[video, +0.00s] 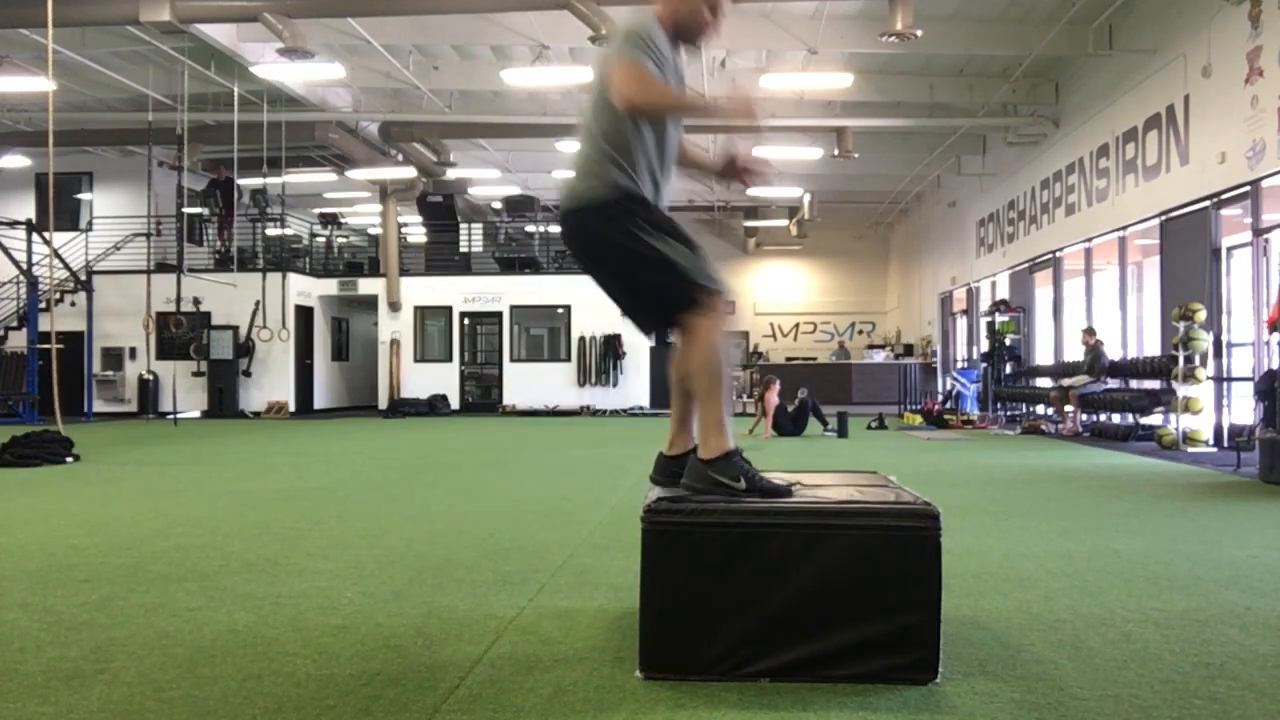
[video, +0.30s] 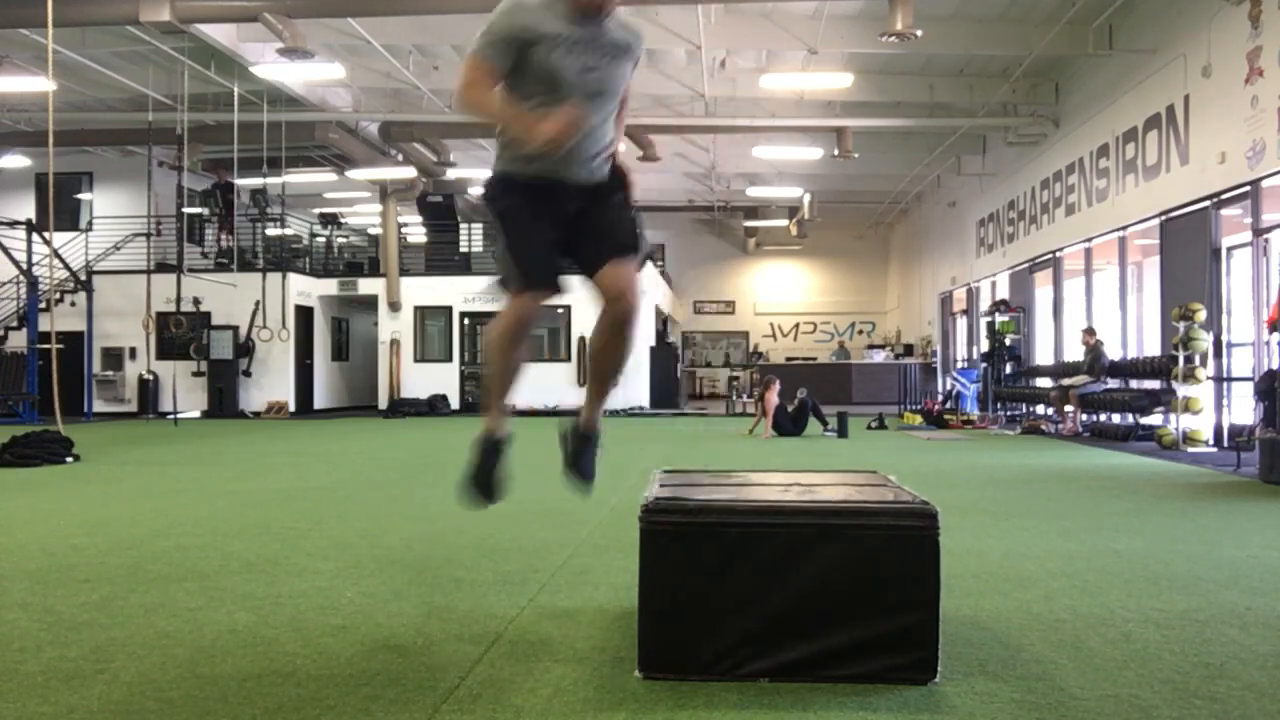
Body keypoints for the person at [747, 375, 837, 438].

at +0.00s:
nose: (779, 387)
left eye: (779, 384)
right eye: (777, 385)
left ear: (769, 386)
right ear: (772, 386)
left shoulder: (765, 396)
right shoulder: (771, 397)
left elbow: (759, 415)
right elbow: (769, 416)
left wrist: (751, 429)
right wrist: (767, 433)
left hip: (785, 430)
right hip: (793, 431)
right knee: (808, 401)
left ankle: (799, 402)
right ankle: (826, 426)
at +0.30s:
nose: (779, 387)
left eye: (778, 384)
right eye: (777, 384)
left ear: (768, 386)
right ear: (772, 386)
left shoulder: (765, 396)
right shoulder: (771, 396)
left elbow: (759, 415)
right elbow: (769, 416)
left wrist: (751, 430)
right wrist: (767, 433)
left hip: (785, 430)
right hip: (792, 431)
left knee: (808, 401)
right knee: (807, 402)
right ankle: (826, 426)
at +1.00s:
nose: (779, 387)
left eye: (779, 384)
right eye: (778, 385)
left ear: (767, 385)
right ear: (773, 385)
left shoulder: (764, 396)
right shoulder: (772, 396)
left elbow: (759, 415)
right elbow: (769, 416)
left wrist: (750, 430)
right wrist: (767, 433)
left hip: (784, 430)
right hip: (792, 430)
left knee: (803, 398)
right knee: (806, 399)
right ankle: (826, 426)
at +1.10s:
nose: (779, 387)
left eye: (779, 385)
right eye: (778, 385)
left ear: (767, 385)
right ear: (773, 385)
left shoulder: (764, 396)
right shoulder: (772, 396)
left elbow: (759, 415)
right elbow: (769, 416)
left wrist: (750, 430)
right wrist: (767, 433)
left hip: (784, 430)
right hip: (792, 430)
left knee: (803, 398)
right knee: (806, 400)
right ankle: (826, 426)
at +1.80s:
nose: (779, 387)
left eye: (779, 384)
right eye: (778, 385)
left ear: (767, 386)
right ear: (773, 385)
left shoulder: (765, 396)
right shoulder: (772, 396)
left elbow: (759, 415)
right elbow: (770, 416)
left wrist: (750, 430)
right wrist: (767, 433)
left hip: (785, 430)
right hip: (793, 430)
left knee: (803, 397)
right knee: (806, 399)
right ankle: (826, 426)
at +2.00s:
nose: (779, 387)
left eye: (779, 385)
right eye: (778, 385)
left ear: (767, 385)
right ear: (773, 385)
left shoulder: (765, 396)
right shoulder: (772, 396)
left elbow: (759, 415)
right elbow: (770, 416)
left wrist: (750, 430)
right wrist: (767, 433)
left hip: (785, 430)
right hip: (792, 430)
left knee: (803, 397)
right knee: (806, 400)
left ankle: (825, 424)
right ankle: (826, 426)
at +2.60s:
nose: (779, 387)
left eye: (778, 384)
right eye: (777, 384)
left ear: (767, 385)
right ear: (772, 385)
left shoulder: (765, 396)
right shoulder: (771, 396)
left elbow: (759, 415)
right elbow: (769, 415)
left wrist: (750, 430)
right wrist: (767, 433)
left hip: (785, 430)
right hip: (792, 431)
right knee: (807, 401)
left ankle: (798, 403)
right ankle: (826, 426)